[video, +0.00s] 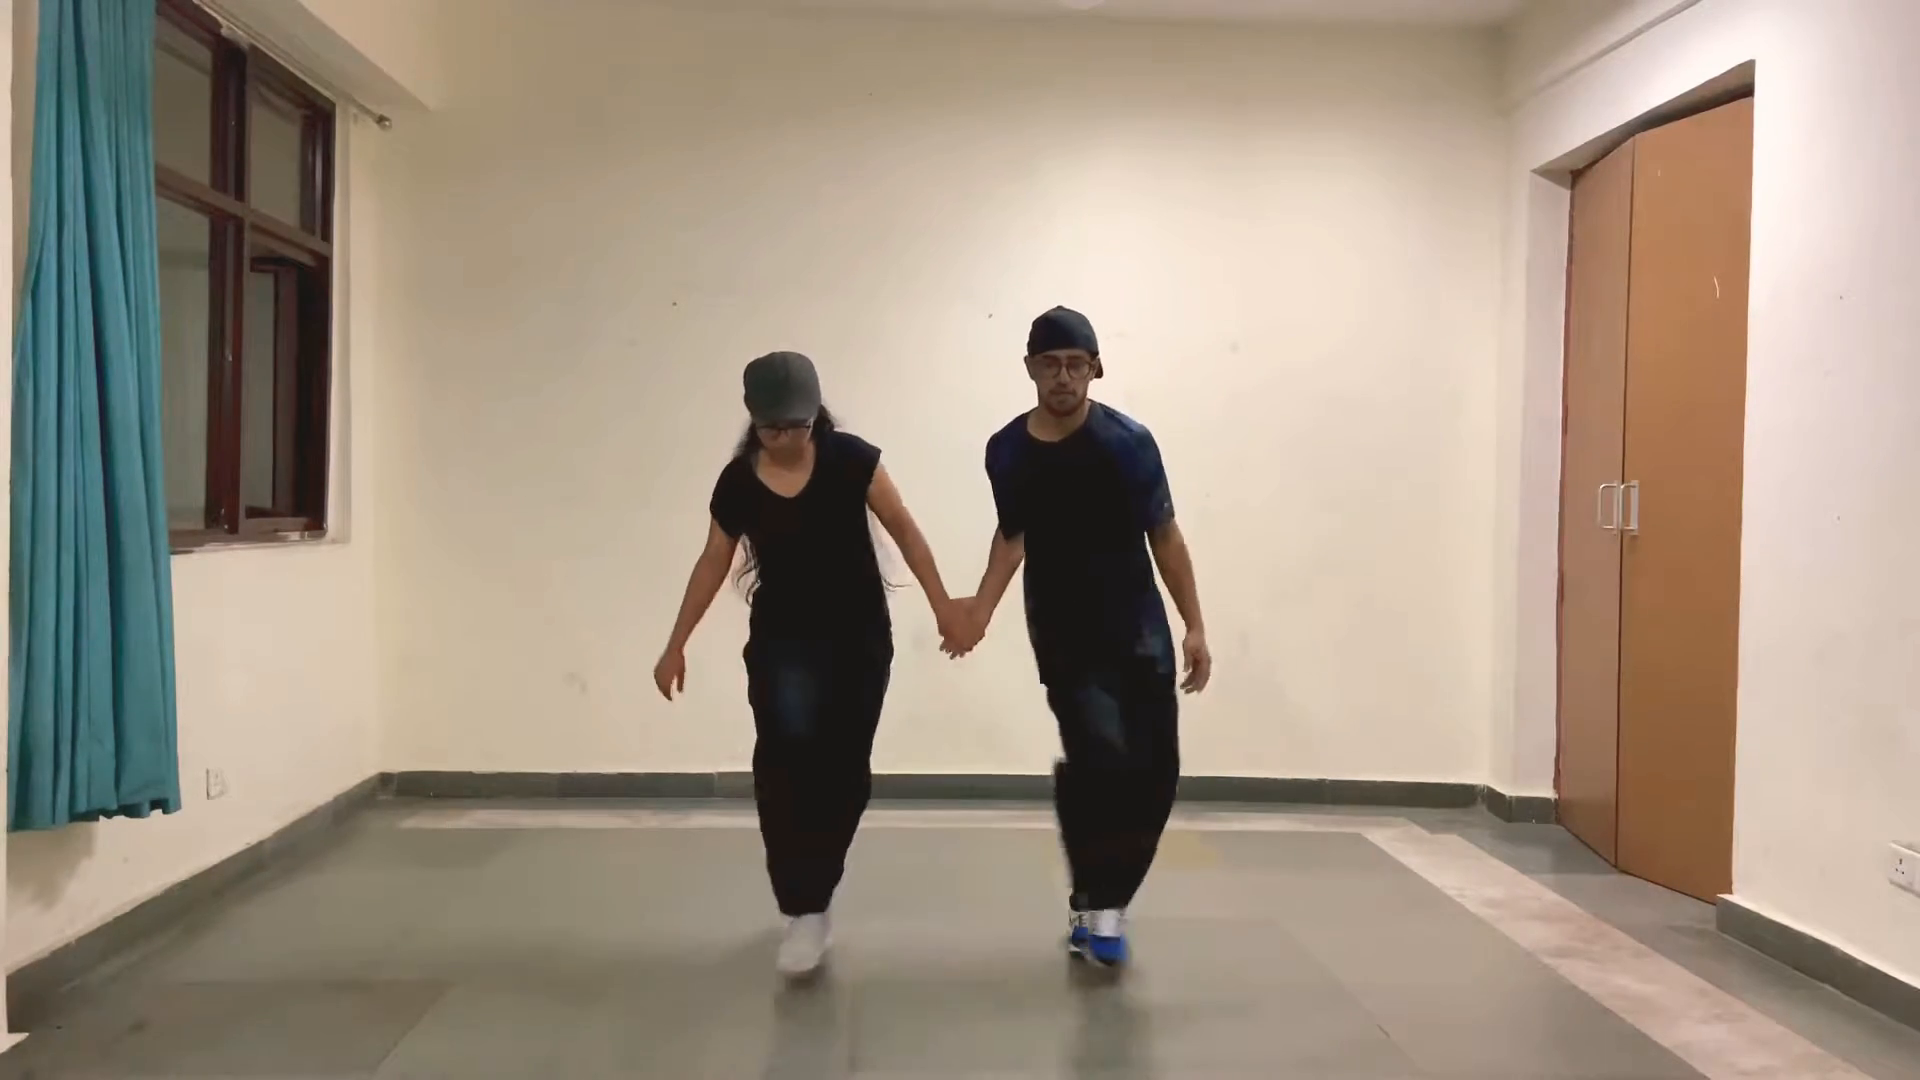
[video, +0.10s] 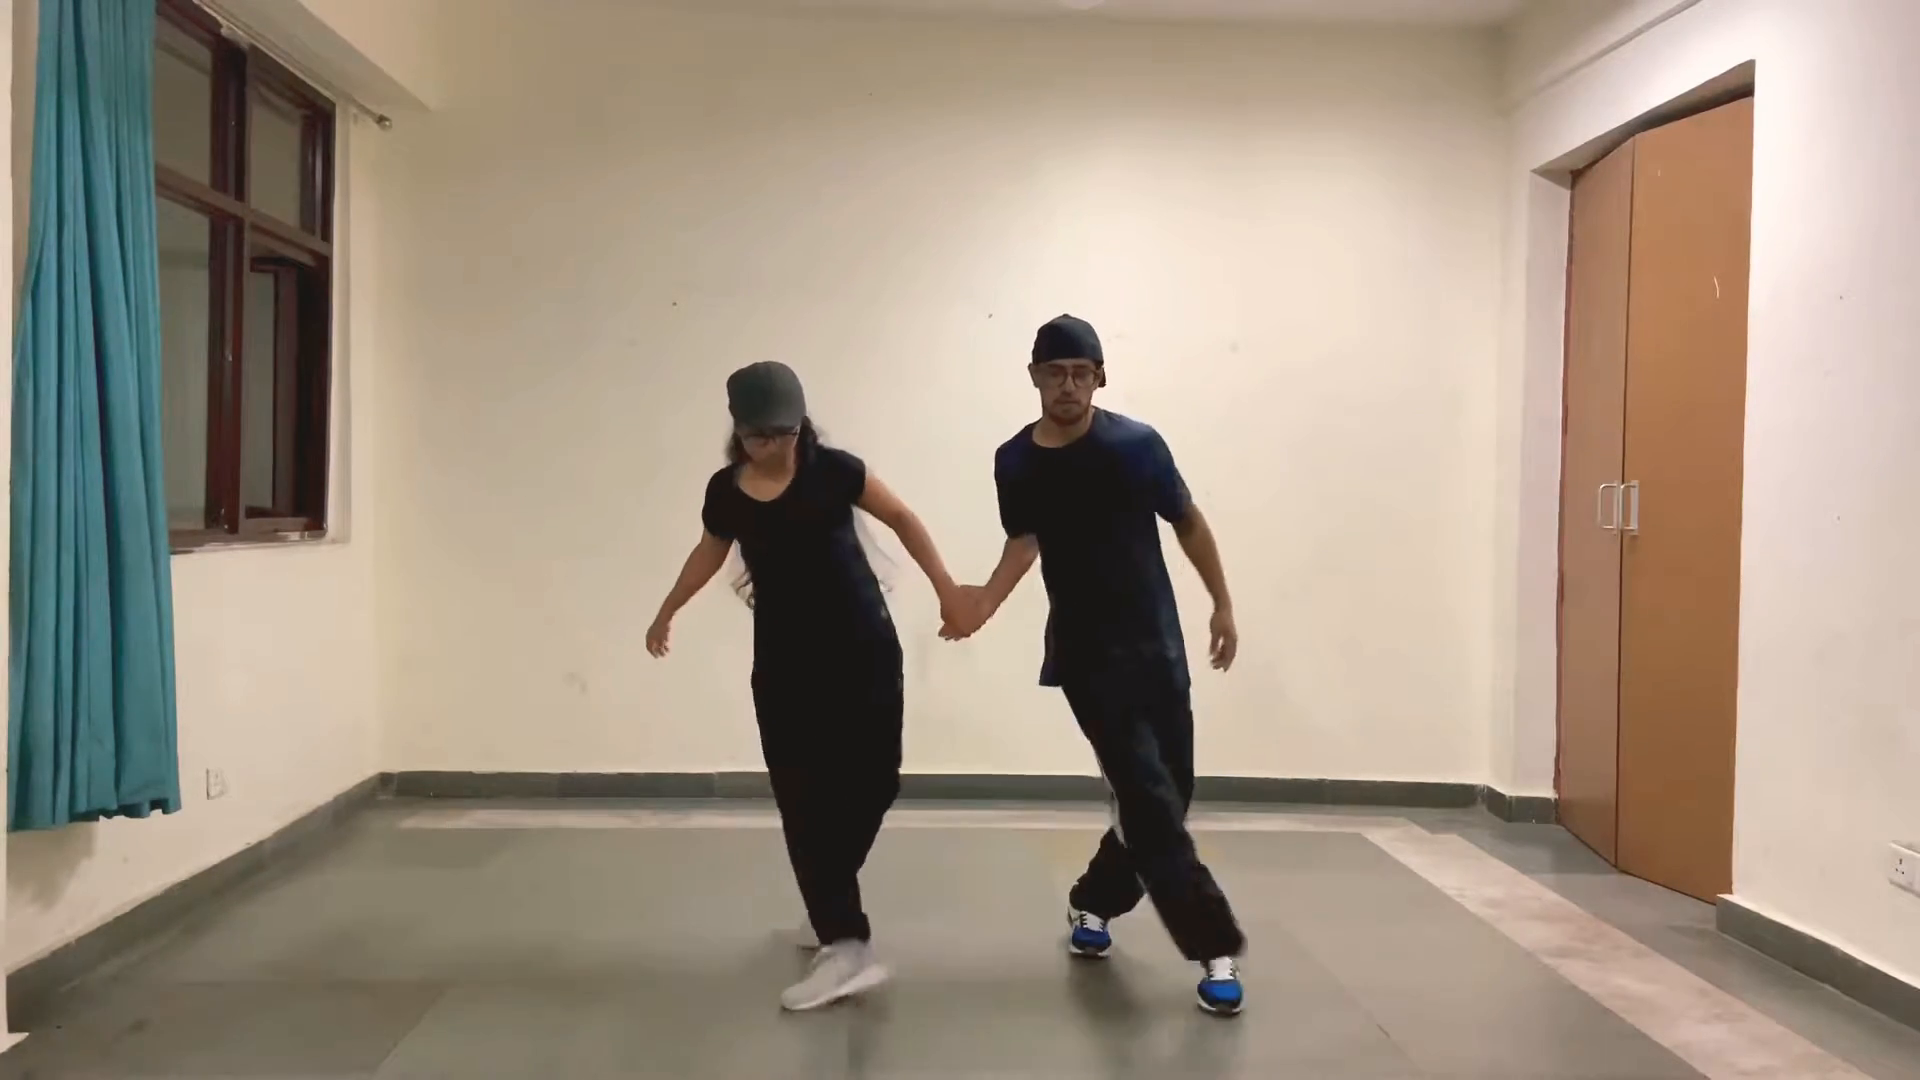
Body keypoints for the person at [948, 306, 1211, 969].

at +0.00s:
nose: (1062, 378)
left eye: (1075, 366)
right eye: (1049, 365)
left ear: (1094, 369)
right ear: (1030, 370)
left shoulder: (1130, 442)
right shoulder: (1008, 450)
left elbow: (1165, 537)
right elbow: (1012, 535)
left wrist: (1195, 628)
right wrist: (979, 610)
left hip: (1138, 626)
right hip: (1063, 632)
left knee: (1154, 769)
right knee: (1100, 760)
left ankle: (1111, 907)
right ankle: (1089, 903)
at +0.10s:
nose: (1067, 388)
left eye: (1080, 376)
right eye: (1054, 375)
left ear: (1099, 380)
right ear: (1033, 378)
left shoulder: (1138, 445)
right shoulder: (1016, 461)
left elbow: (1189, 522)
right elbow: (1025, 540)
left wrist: (1223, 607)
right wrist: (982, 603)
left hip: (1157, 643)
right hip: (1085, 651)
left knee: (1169, 793)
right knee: (1146, 793)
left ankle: (1094, 902)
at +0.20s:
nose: (1072, 396)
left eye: (1085, 384)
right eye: (1059, 383)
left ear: (1103, 389)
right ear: (1038, 387)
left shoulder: (1145, 451)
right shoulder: (1022, 475)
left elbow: (1207, 505)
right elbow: (1030, 557)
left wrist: (1256, 582)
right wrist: (980, 609)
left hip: (1167, 660)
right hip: (1092, 673)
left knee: (1189, 805)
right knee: (1162, 809)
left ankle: (1090, 895)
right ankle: (1225, 952)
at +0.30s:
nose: (1081, 387)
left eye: (1094, 374)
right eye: (1068, 373)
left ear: (1110, 378)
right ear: (1044, 374)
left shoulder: (1144, 444)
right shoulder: (1019, 467)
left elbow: (1213, 498)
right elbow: (1010, 566)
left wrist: (1267, 565)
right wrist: (963, 623)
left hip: (1157, 648)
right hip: (1082, 660)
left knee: (1172, 788)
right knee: (1142, 800)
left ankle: (1079, 895)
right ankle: (1216, 950)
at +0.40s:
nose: (1090, 381)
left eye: (1103, 369)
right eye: (1076, 367)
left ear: (1116, 373)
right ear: (1052, 368)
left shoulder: (1138, 444)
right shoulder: (1012, 450)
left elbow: (1203, 503)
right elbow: (984, 540)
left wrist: (1251, 540)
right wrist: (931, 600)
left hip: (1131, 626)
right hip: (1061, 631)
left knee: (1144, 776)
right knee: (1124, 770)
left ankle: (1077, 903)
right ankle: (1160, 932)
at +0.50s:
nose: (1099, 377)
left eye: (1111, 366)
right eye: (1085, 364)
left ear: (1123, 372)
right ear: (1059, 364)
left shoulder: (1128, 444)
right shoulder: (1011, 441)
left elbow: (1186, 500)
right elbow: (961, 523)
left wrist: (1211, 520)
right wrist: (909, 591)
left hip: (1110, 625)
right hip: (1043, 624)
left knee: (1126, 765)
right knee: (1107, 744)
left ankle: (1081, 904)